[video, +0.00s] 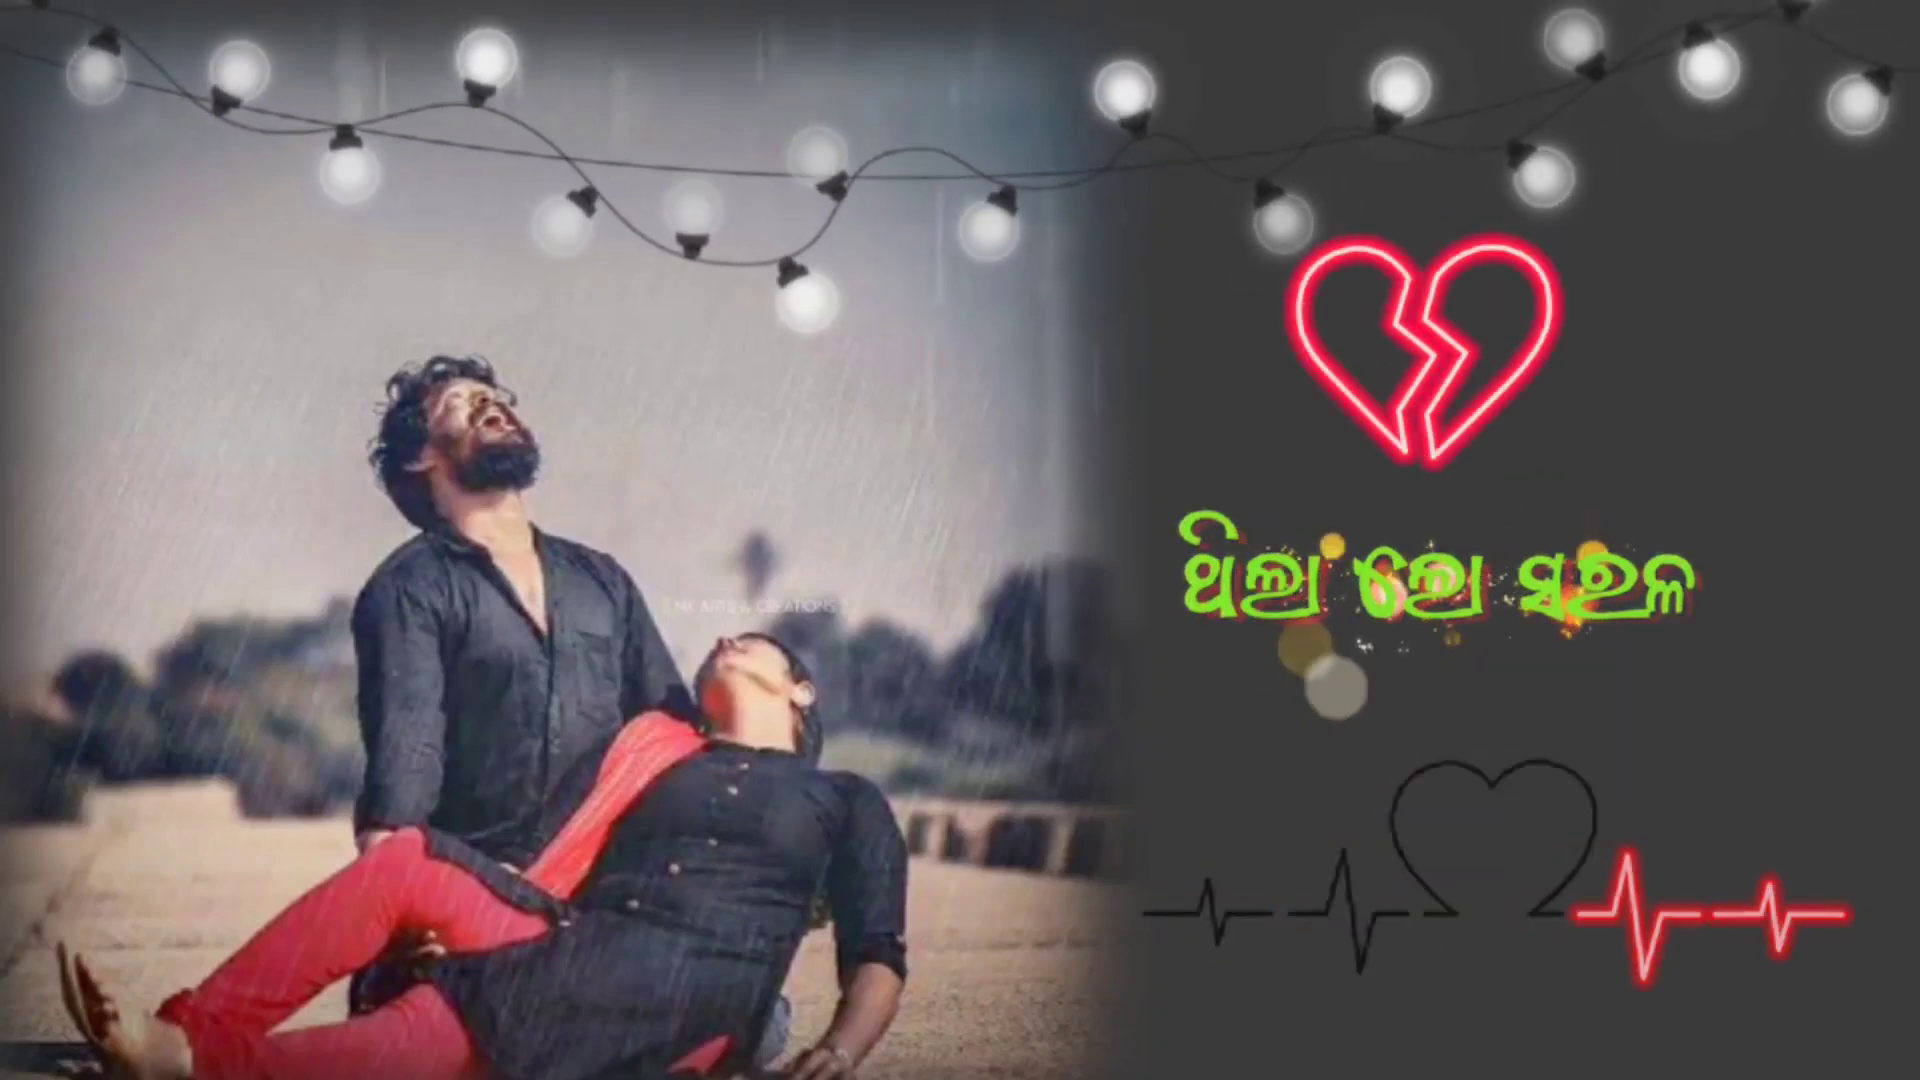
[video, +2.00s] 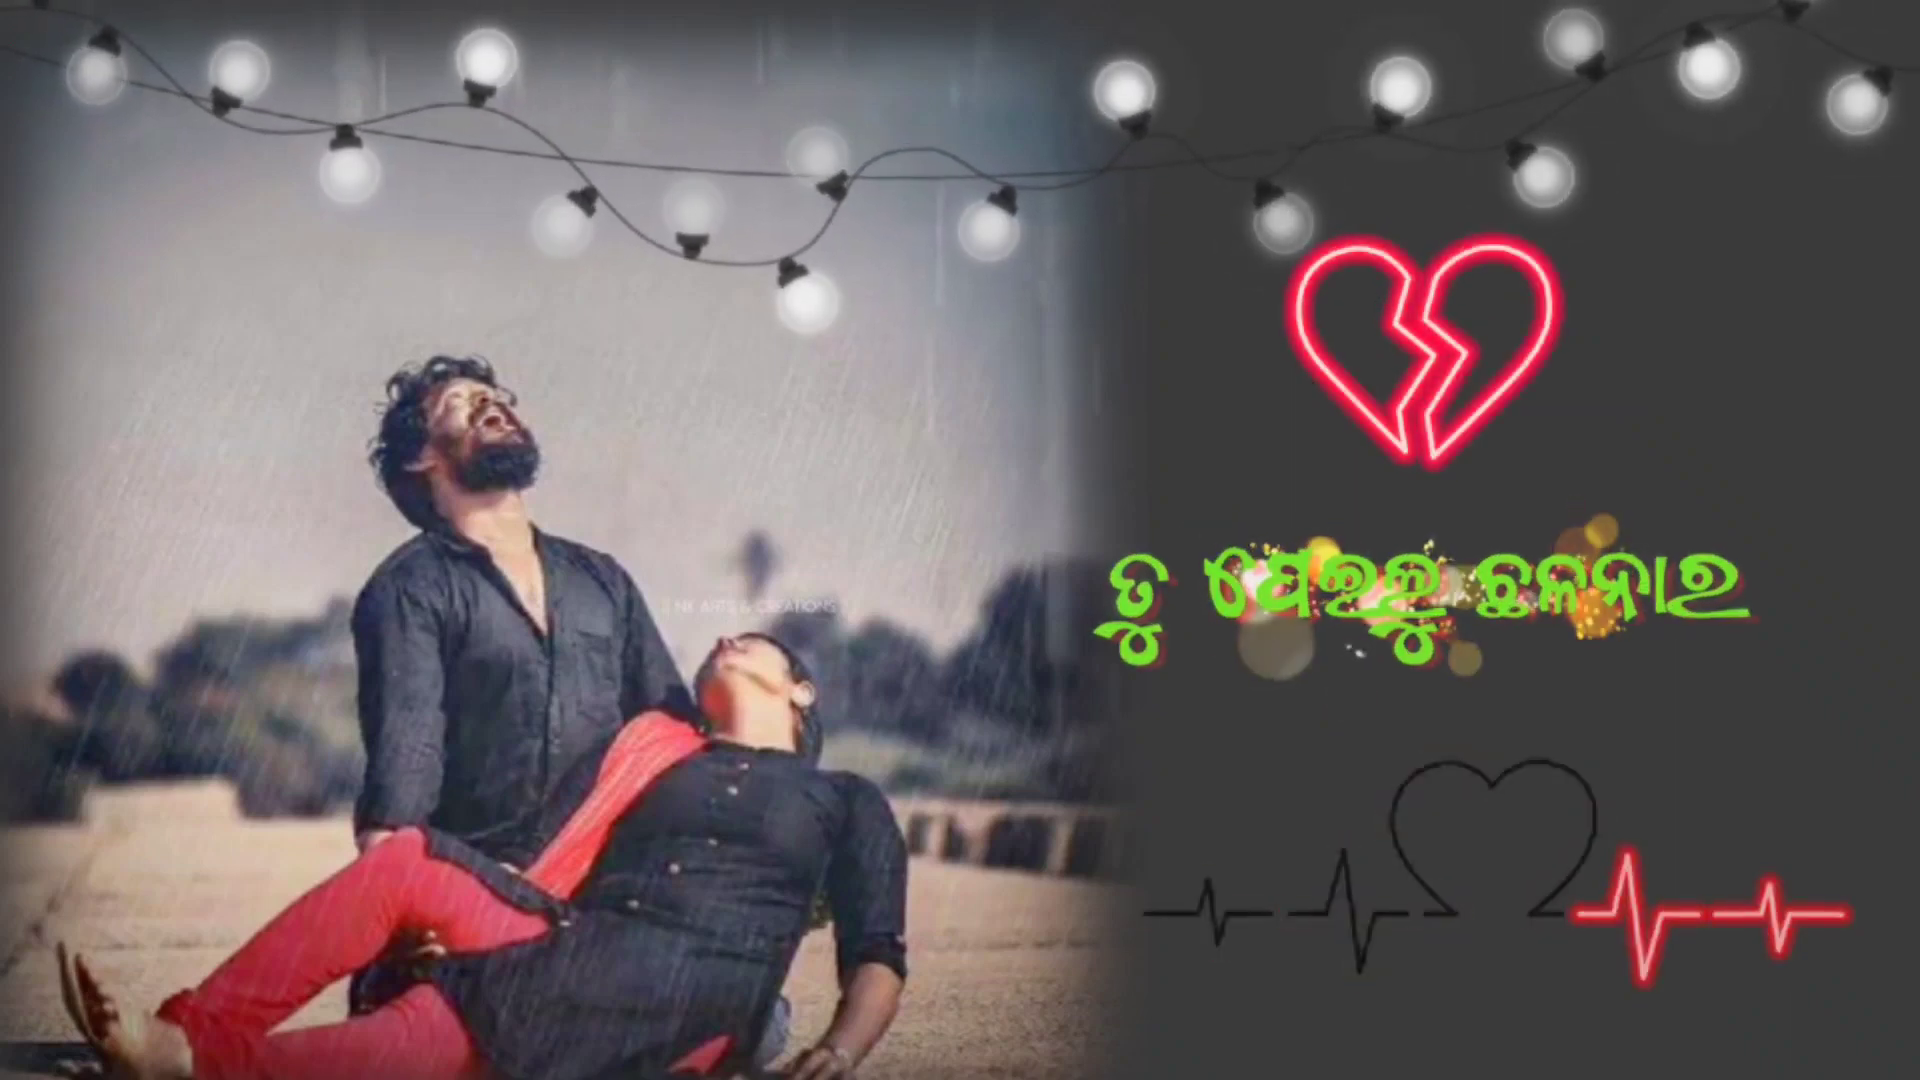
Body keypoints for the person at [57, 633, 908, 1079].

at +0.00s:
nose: (721, 660)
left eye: (749, 656)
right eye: (717, 659)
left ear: (799, 699)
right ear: (709, 699)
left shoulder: (843, 798)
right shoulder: (663, 755)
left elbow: (879, 968)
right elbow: (575, 892)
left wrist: (833, 1066)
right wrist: (458, 950)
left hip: (694, 981)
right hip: (589, 943)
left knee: (452, 1027)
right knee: (402, 860)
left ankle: (189, 1059)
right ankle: (178, 1040)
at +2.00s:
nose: (722, 660)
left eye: (749, 656)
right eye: (717, 659)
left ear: (799, 699)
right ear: (709, 698)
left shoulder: (844, 798)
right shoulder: (662, 755)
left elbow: (879, 967)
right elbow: (574, 892)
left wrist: (836, 1063)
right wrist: (455, 949)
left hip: (693, 982)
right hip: (587, 945)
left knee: (451, 1028)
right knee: (400, 859)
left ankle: (187, 1058)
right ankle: (178, 1041)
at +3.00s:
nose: (721, 660)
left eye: (749, 656)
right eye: (717, 659)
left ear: (799, 699)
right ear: (709, 698)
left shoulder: (844, 798)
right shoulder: (662, 755)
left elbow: (879, 967)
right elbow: (574, 892)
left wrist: (835, 1063)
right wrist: (455, 949)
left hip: (693, 982)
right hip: (587, 945)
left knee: (451, 1028)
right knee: (400, 859)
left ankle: (188, 1058)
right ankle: (177, 1040)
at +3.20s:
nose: (721, 660)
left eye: (749, 656)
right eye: (717, 659)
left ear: (799, 699)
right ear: (709, 698)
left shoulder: (844, 798)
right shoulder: (662, 755)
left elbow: (879, 967)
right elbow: (574, 892)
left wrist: (836, 1063)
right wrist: (455, 949)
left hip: (693, 982)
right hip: (587, 945)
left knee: (451, 1027)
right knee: (400, 859)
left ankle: (188, 1058)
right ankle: (178, 1040)